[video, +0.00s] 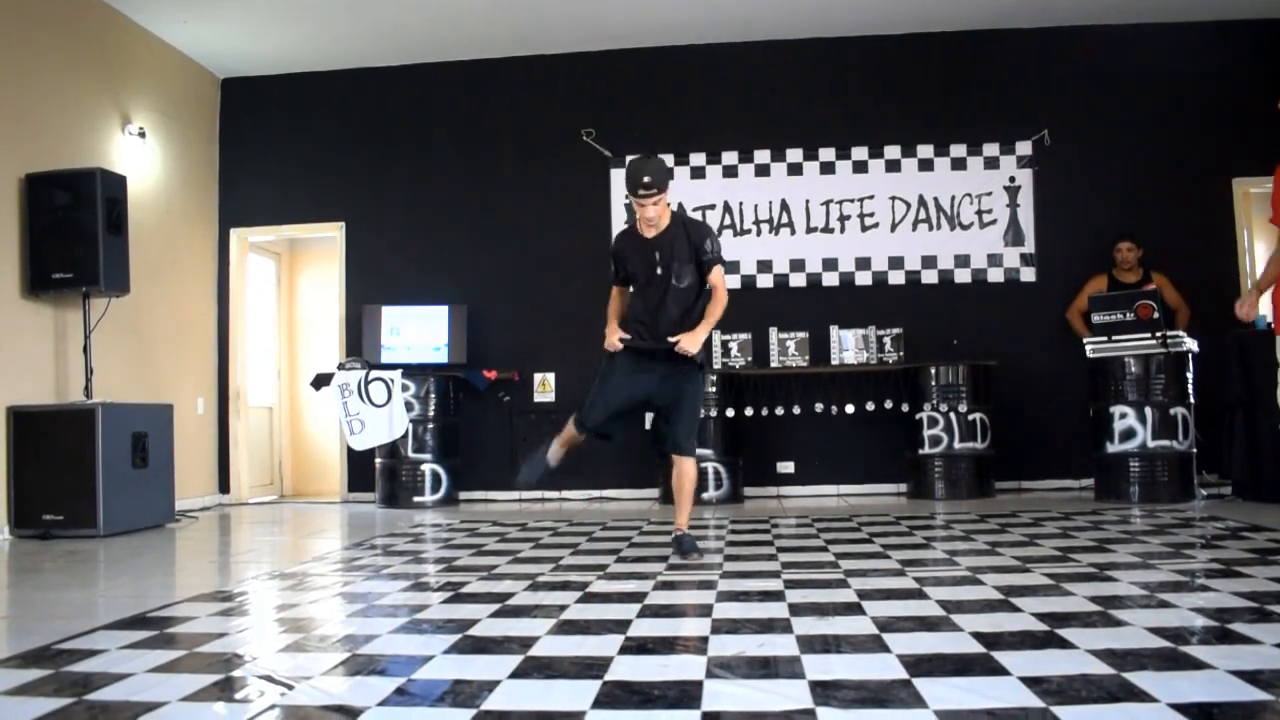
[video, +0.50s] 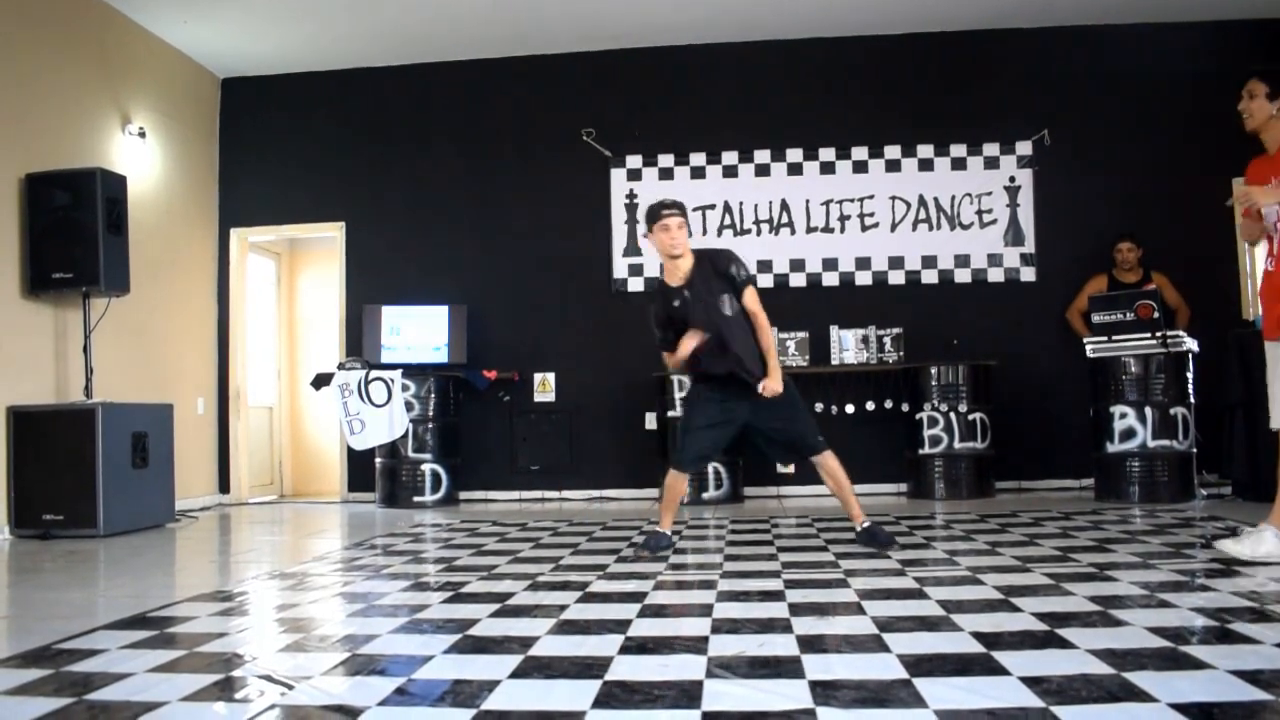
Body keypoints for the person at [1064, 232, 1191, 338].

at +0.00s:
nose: (1124, 256)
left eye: (1129, 250)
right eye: (1119, 251)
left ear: (1139, 253)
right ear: (1113, 255)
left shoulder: (1156, 280)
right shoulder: (1100, 283)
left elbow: (1182, 309)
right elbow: (1072, 313)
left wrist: (1176, 337)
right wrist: (1090, 341)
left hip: (1154, 355)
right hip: (1115, 356)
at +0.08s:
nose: (1124, 256)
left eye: (1129, 250)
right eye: (1119, 251)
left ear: (1139, 253)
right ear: (1113, 255)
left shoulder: (1156, 280)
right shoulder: (1100, 283)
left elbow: (1181, 309)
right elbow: (1072, 313)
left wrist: (1175, 338)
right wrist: (1090, 341)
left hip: (1154, 355)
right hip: (1115, 356)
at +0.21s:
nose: (1124, 256)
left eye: (1129, 250)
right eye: (1119, 251)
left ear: (1139, 253)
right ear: (1113, 255)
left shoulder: (1156, 280)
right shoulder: (1100, 283)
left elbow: (1181, 309)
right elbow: (1072, 313)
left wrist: (1175, 338)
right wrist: (1090, 341)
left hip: (1154, 355)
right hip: (1115, 356)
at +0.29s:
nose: (1124, 256)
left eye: (1130, 251)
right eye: (1119, 251)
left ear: (1139, 253)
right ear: (1113, 255)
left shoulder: (1156, 280)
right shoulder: (1100, 283)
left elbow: (1182, 309)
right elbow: (1072, 313)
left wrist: (1176, 337)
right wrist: (1090, 341)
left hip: (1154, 355)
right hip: (1116, 356)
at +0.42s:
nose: (1124, 256)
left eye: (1129, 251)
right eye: (1119, 252)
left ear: (1139, 253)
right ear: (1113, 256)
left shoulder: (1155, 280)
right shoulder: (1100, 283)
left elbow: (1181, 309)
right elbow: (1072, 313)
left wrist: (1174, 338)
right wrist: (1090, 341)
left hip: (1154, 356)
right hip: (1115, 357)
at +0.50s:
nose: (1124, 256)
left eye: (1130, 251)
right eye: (1119, 252)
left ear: (1139, 253)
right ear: (1113, 256)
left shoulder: (1155, 280)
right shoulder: (1100, 283)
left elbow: (1181, 309)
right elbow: (1072, 313)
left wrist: (1174, 338)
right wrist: (1090, 341)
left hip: (1154, 355)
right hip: (1115, 357)